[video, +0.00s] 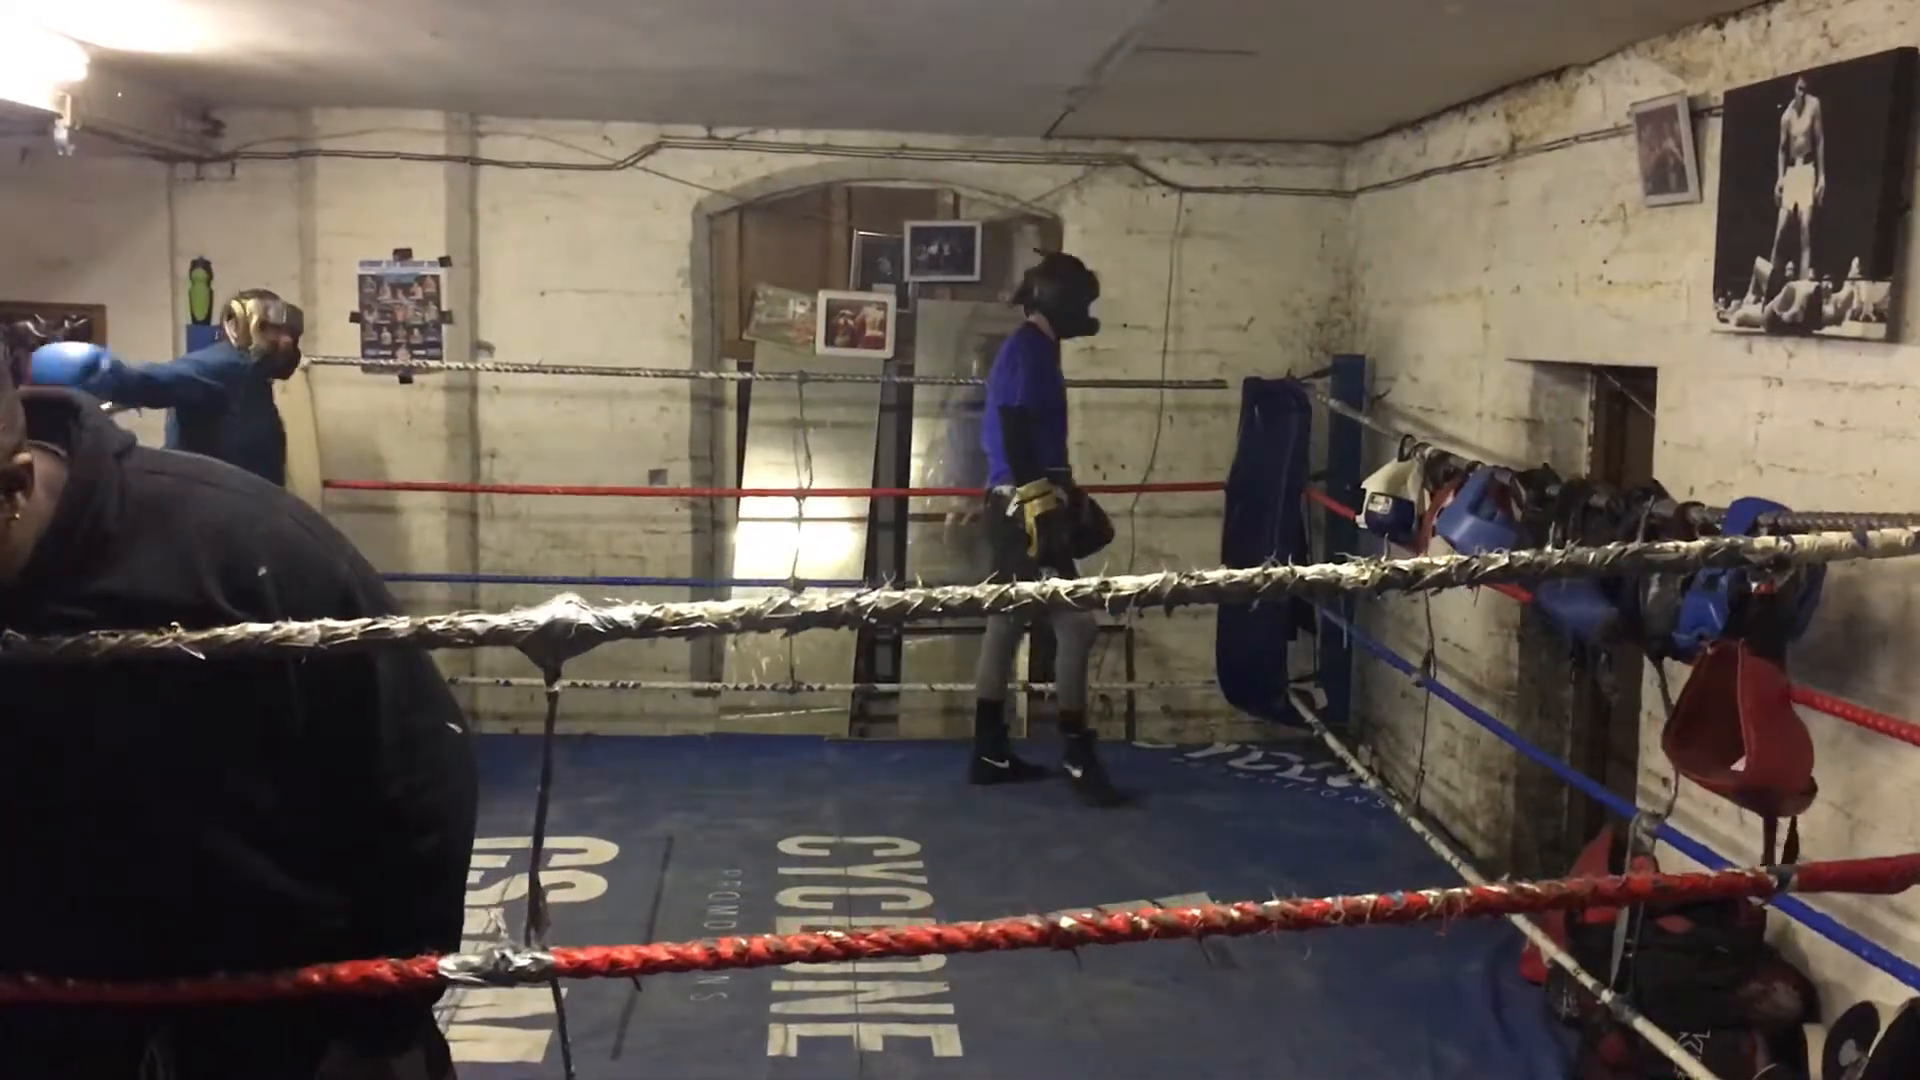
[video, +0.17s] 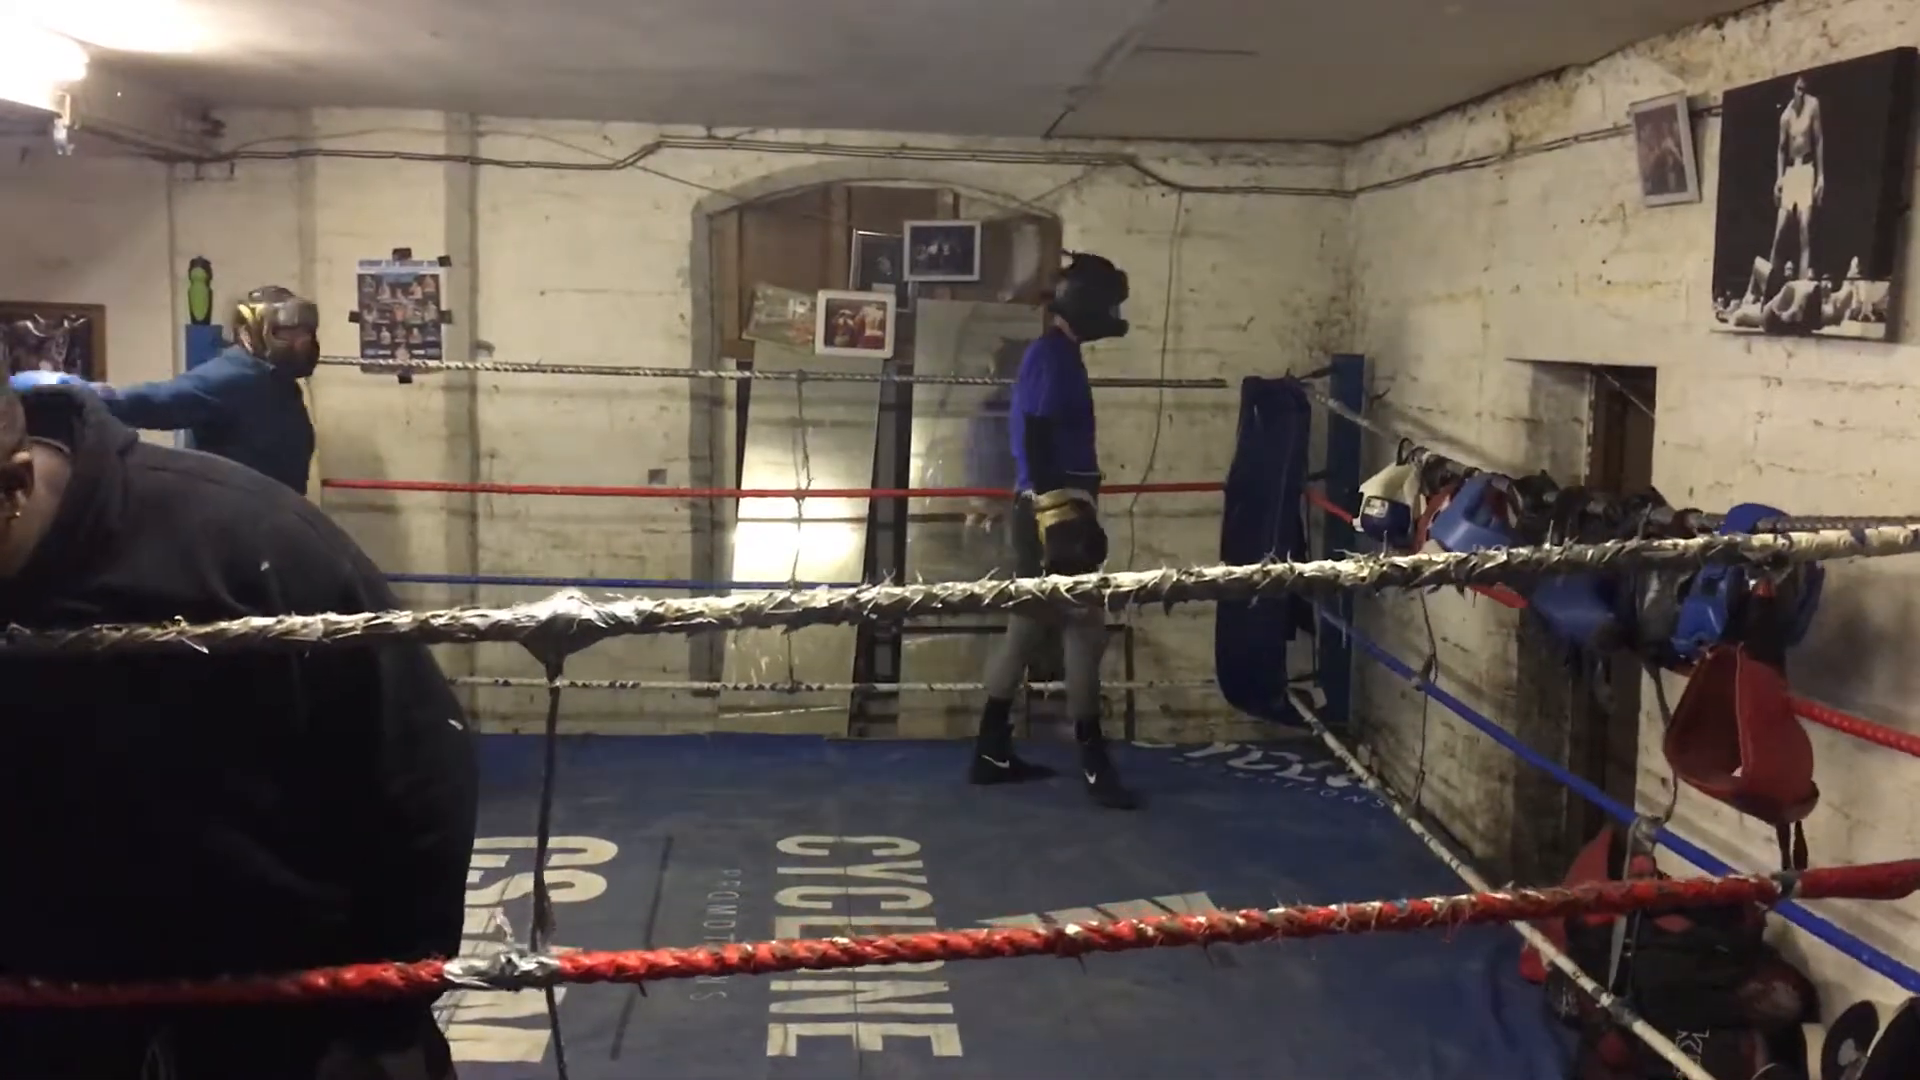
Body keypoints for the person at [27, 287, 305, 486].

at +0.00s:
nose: (293, 345)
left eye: (294, 336)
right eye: (282, 332)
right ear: (242, 328)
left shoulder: (253, 381)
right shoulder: (227, 367)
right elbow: (143, 382)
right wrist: (37, 362)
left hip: (245, 532)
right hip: (212, 531)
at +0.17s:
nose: (313, 344)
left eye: (311, 333)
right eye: (301, 333)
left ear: (254, 332)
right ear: (262, 333)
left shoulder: (280, 383)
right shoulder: (242, 375)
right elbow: (147, 404)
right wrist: (65, 390)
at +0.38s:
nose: (299, 345)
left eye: (306, 333)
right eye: (285, 335)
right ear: (257, 338)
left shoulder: (299, 379)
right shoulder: (231, 380)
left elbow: (301, 460)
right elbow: (150, 403)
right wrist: (85, 404)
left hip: (302, 485)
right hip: (248, 493)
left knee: (363, 533)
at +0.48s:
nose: (290, 343)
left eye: (296, 331)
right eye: (275, 332)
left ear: (305, 334)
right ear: (246, 337)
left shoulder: (298, 382)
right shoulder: (217, 381)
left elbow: (308, 468)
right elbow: (126, 404)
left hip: (299, 498)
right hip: (240, 509)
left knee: (369, 538)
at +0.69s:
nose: (261, 346)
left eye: (266, 334)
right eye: (248, 336)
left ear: (276, 338)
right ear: (219, 341)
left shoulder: (276, 388)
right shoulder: (189, 389)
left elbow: (299, 463)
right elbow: (116, 414)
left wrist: (349, 528)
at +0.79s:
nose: (237, 350)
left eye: (244, 337)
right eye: (225, 340)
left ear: (257, 339)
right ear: (195, 343)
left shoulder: (268, 390)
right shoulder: (155, 400)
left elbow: (299, 468)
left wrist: (344, 529)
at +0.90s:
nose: (225, 347)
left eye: (231, 334)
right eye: (212, 337)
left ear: (243, 336)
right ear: (178, 342)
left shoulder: (257, 387)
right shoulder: (138, 399)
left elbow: (288, 457)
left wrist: (321, 515)